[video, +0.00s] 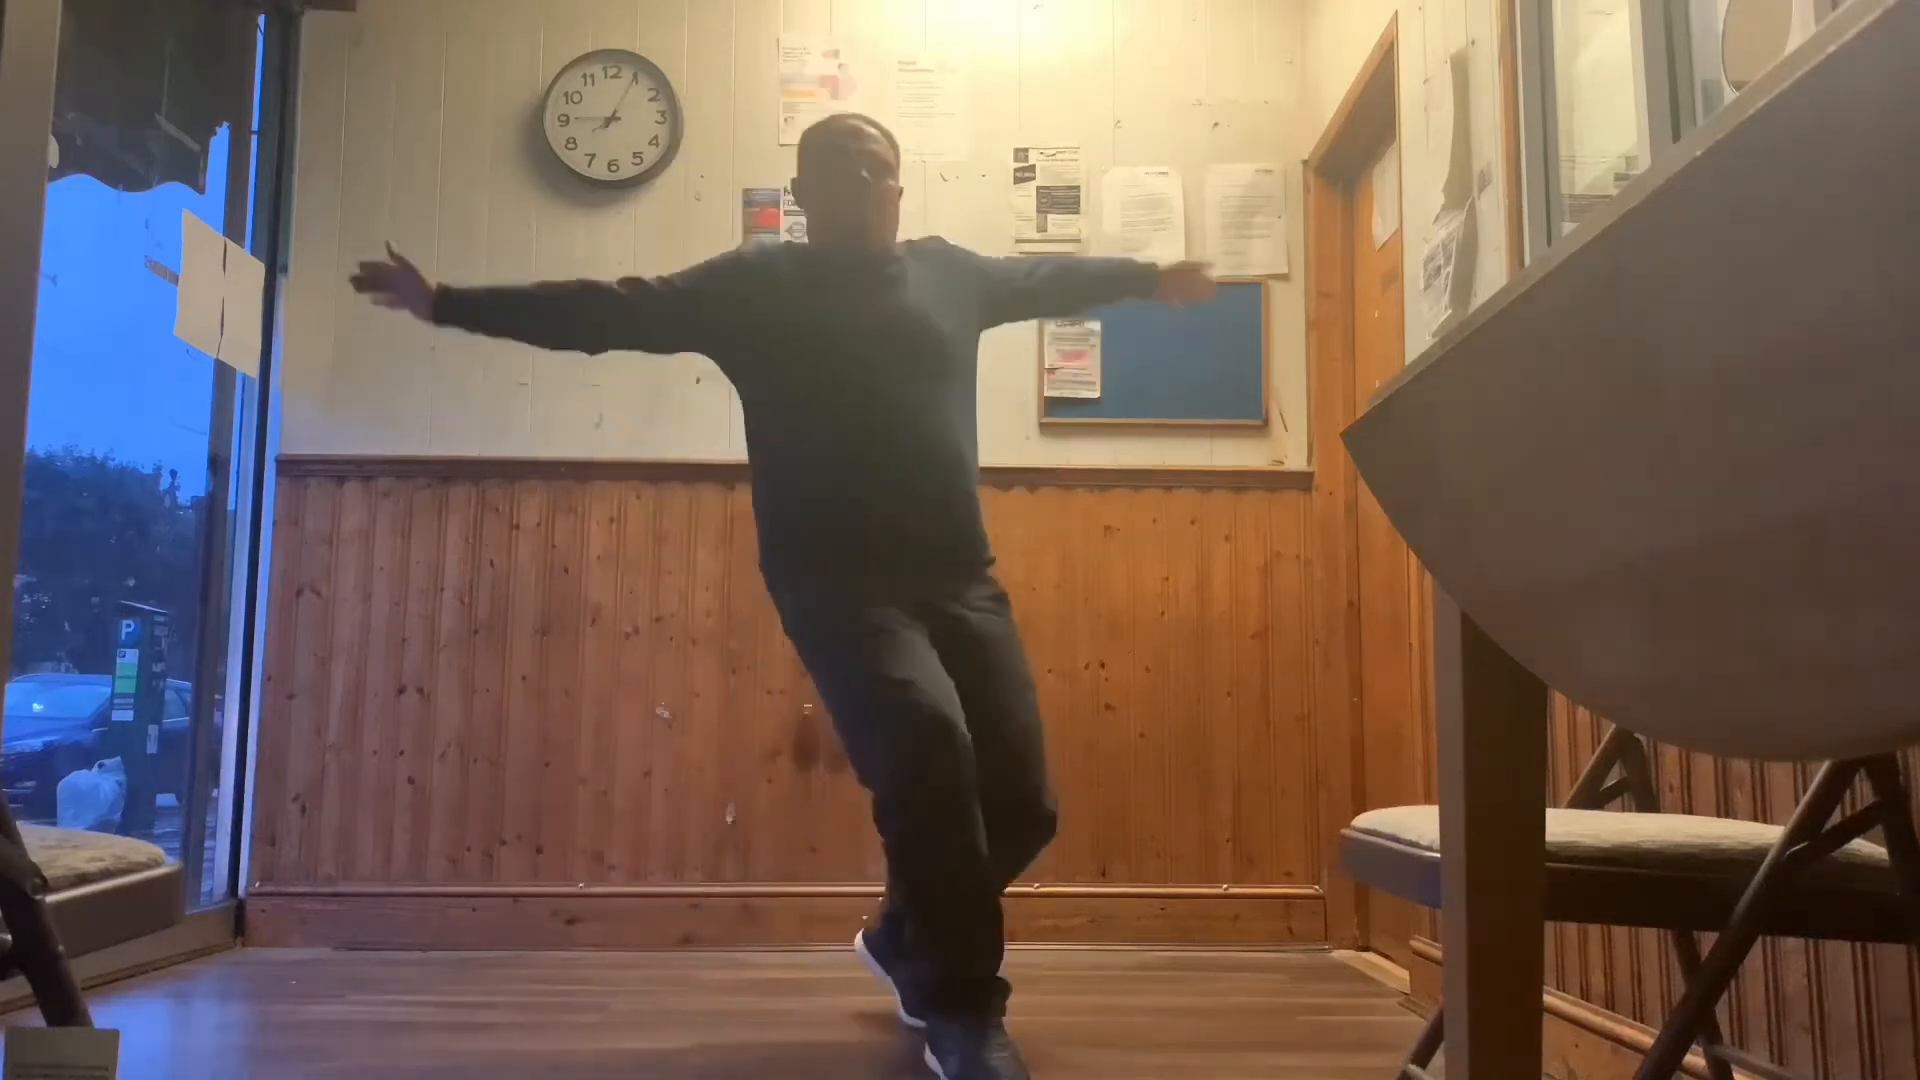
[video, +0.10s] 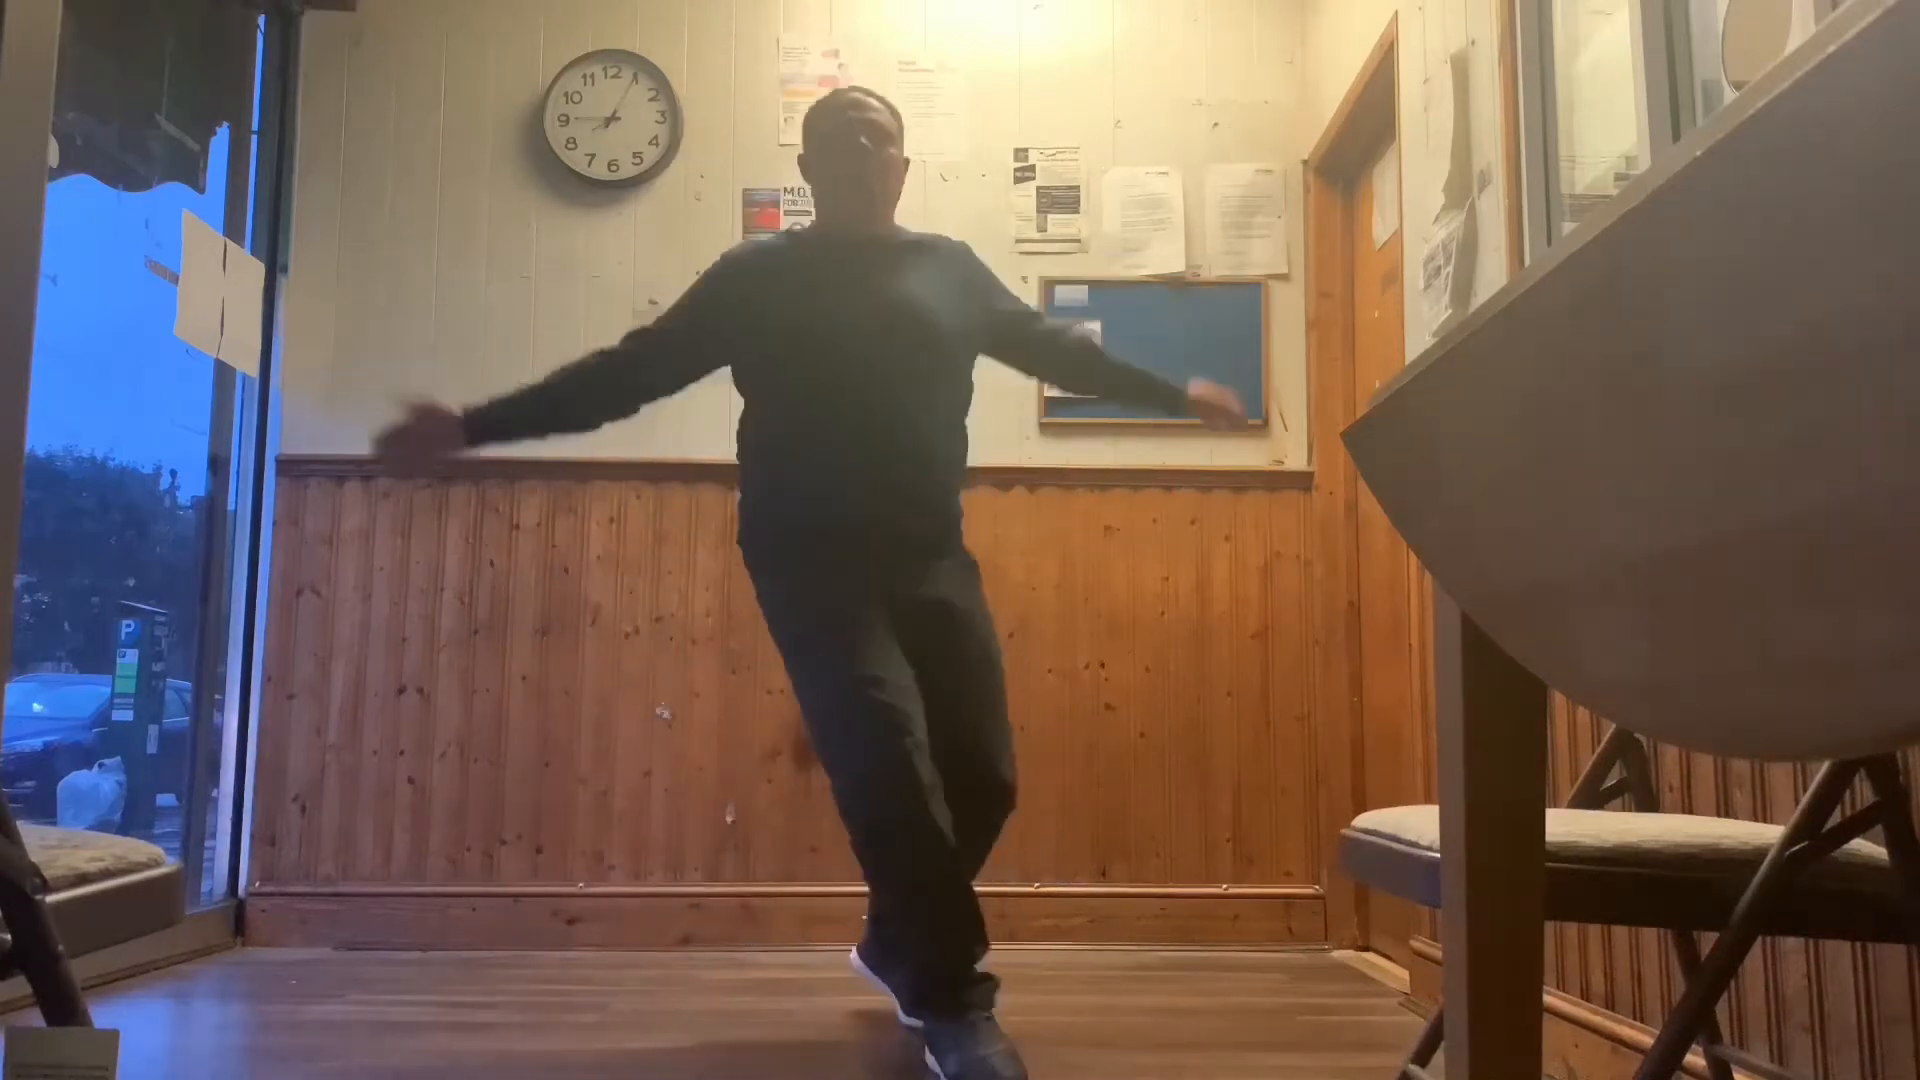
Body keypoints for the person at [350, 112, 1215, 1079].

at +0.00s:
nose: (875, 186)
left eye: (885, 170)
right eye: (851, 170)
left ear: (903, 189)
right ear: (803, 193)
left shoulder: (948, 276)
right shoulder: (753, 288)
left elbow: (1052, 278)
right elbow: (607, 312)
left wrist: (1153, 278)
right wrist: (444, 303)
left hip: (962, 576)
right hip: (842, 586)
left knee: (1022, 803)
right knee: (931, 756)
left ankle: (910, 936)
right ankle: (966, 1021)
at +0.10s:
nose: (869, 149)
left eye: (881, 136)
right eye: (848, 137)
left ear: (903, 164)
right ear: (812, 169)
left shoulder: (947, 270)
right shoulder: (758, 277)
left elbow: (1055, 349)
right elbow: (627, 372)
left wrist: (1178, 392)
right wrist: (472, 425)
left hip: (932, 555)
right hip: (812, 560)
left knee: (981, 775)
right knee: (887, 764)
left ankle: (896, 940)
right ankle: (958, 1010)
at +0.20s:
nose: (845, 132)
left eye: (863, 121)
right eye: (824, 122)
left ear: (892, 158)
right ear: (794, 158)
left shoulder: (931, 270)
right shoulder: (745, 265)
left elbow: (1003, 388)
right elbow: (677, 376)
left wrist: (1086, 472)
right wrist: (602, 447)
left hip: (899, 542)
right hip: (778, 540)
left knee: (945, 757)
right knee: (823, 726)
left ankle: (900, 959)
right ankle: (870, 977)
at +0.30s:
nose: (813, 117)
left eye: (830, 105)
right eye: (795, 104)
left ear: (860, 136)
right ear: (765, 135)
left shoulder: (902, 240)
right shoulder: (715, 229)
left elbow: (973, 356)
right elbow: (608, 340)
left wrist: (930, 363)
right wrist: (662, 296)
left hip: (874, 532)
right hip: (748, 529)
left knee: (916, 740)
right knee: (714, 712)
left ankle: (891, 966)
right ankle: (734, 872)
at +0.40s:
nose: (767, 87)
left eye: (786, 76)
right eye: (751, 75)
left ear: (818, 108)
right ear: (726, 106)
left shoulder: (858, 198)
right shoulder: (678, 192)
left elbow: (927, 305)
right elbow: (556, 253)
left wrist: (855, 248)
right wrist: (613, 181)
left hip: (830, 500)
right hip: (706, 496)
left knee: (860, 721)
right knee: (650, 694)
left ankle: (871, 940)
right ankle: (636, 871)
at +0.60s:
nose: (688, 154)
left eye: (710, 146)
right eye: (677, 142)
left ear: (749, 183)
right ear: (656, 168)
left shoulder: (784, 271)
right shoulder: (607, 265)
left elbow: (843, 371)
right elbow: (520, 341)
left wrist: (792, 323)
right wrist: (517, 256)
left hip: (720, 566)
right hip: (603, 557)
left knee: (715, 778)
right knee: (582, 776)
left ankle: (798, 931)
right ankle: (604, 959)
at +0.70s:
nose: (664, 190)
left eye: (686, 176)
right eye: (653, 175)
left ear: (729, 193)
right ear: (635, 186)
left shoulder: (759, 297)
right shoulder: (585, 290)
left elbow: (794, 411)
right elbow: (523, 390)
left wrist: (799, 474)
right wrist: (465, 433)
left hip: (678, 564)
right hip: (568, 556)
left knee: (601, 760)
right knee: (537, 769)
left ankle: (730, 887)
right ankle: (600, 957)